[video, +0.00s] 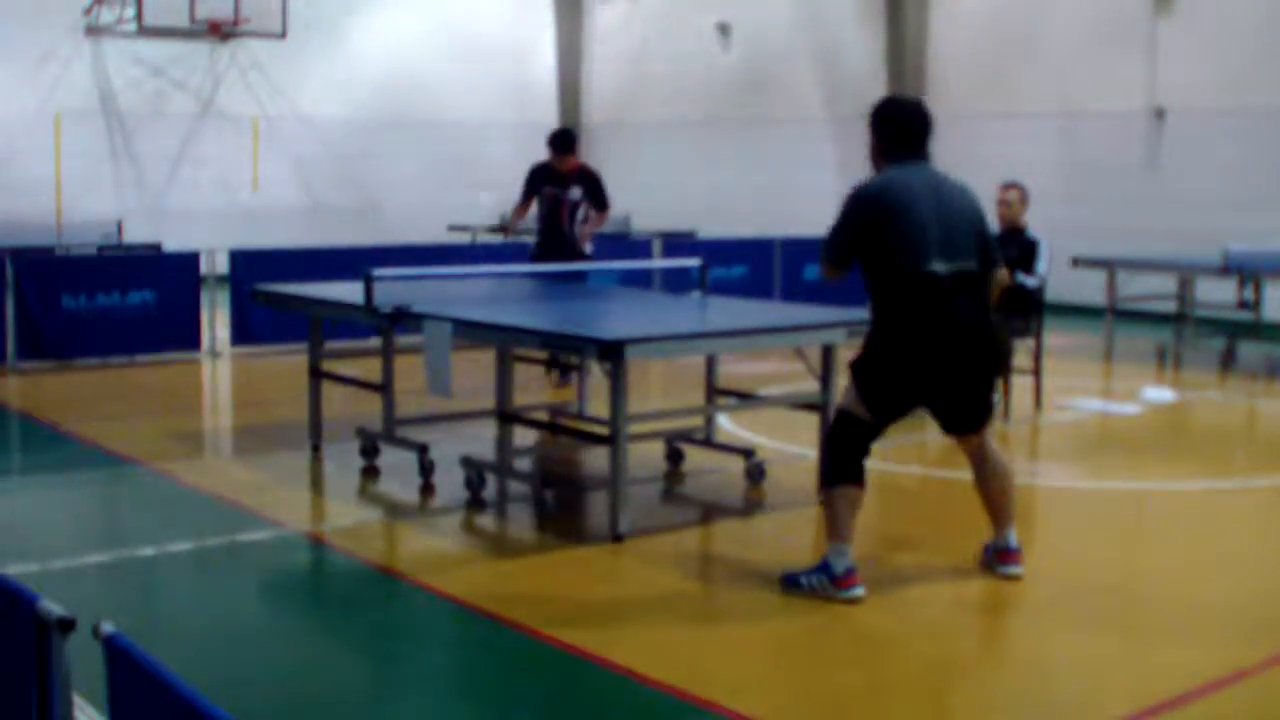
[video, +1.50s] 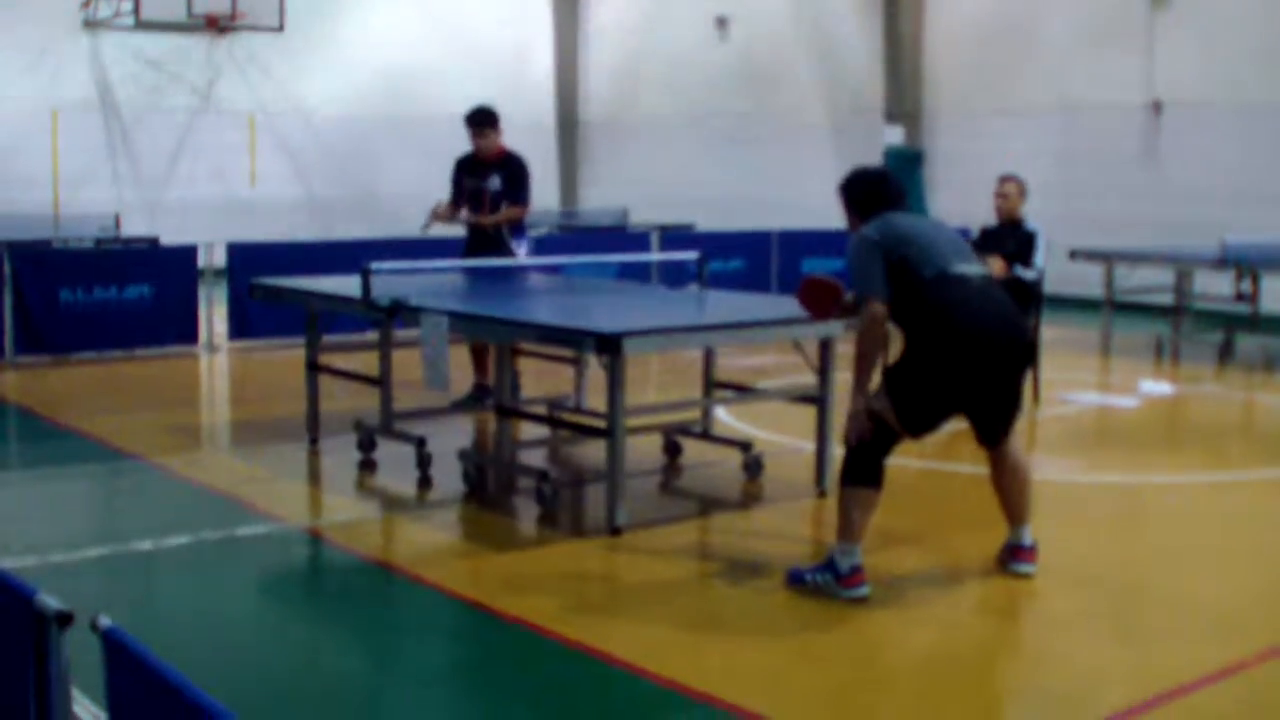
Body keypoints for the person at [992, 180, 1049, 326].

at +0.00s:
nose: (1003, 211)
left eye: (1009, 205)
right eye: (1000, 204)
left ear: (1023, 207)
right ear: (996, 205)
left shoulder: (1035, 244)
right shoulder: (991, 242)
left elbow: (1038, 281)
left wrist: (1013, 277)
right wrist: (993, 277)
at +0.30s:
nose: (1002, 209)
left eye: (1008, 204)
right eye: (1000, 203)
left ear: (1022, 206)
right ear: (996, 204)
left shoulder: (1034, 243)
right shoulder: (990, 239)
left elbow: (1036, 282)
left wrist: (1013, 277)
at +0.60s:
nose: (1002, 209)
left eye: (1008, 204)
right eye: (1000, 204)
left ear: (1021, 207)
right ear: (996, 205)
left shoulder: (1034, 244)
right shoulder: (987, 242)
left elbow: (1037, 281)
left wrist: (1012, 277)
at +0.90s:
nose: (1003, 209)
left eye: (1008, 203)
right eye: (1000, 203)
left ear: (1022, 206)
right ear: (996, 205)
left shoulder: (1034, 242)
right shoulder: (988, 240)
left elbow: (1037, 280)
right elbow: (974, 263)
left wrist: (1010, 276)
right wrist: (991, 273)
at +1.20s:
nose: (1002, 209)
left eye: (1008, 203)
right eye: (1000, 202)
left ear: (1021, 206)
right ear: (995, 204)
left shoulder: (1033, 241)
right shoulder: (987, 240)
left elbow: (1036, 280)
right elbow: (971, 269)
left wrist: (1010, 276)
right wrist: (990, 272)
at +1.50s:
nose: (999, 203)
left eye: (1006, 197)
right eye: (998, 197)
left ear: (1021, 200)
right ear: (994, 198)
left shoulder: (1032, 235)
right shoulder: (986, 234)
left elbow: (1036, 274)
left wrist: (1009, 270)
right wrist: (988, 264)